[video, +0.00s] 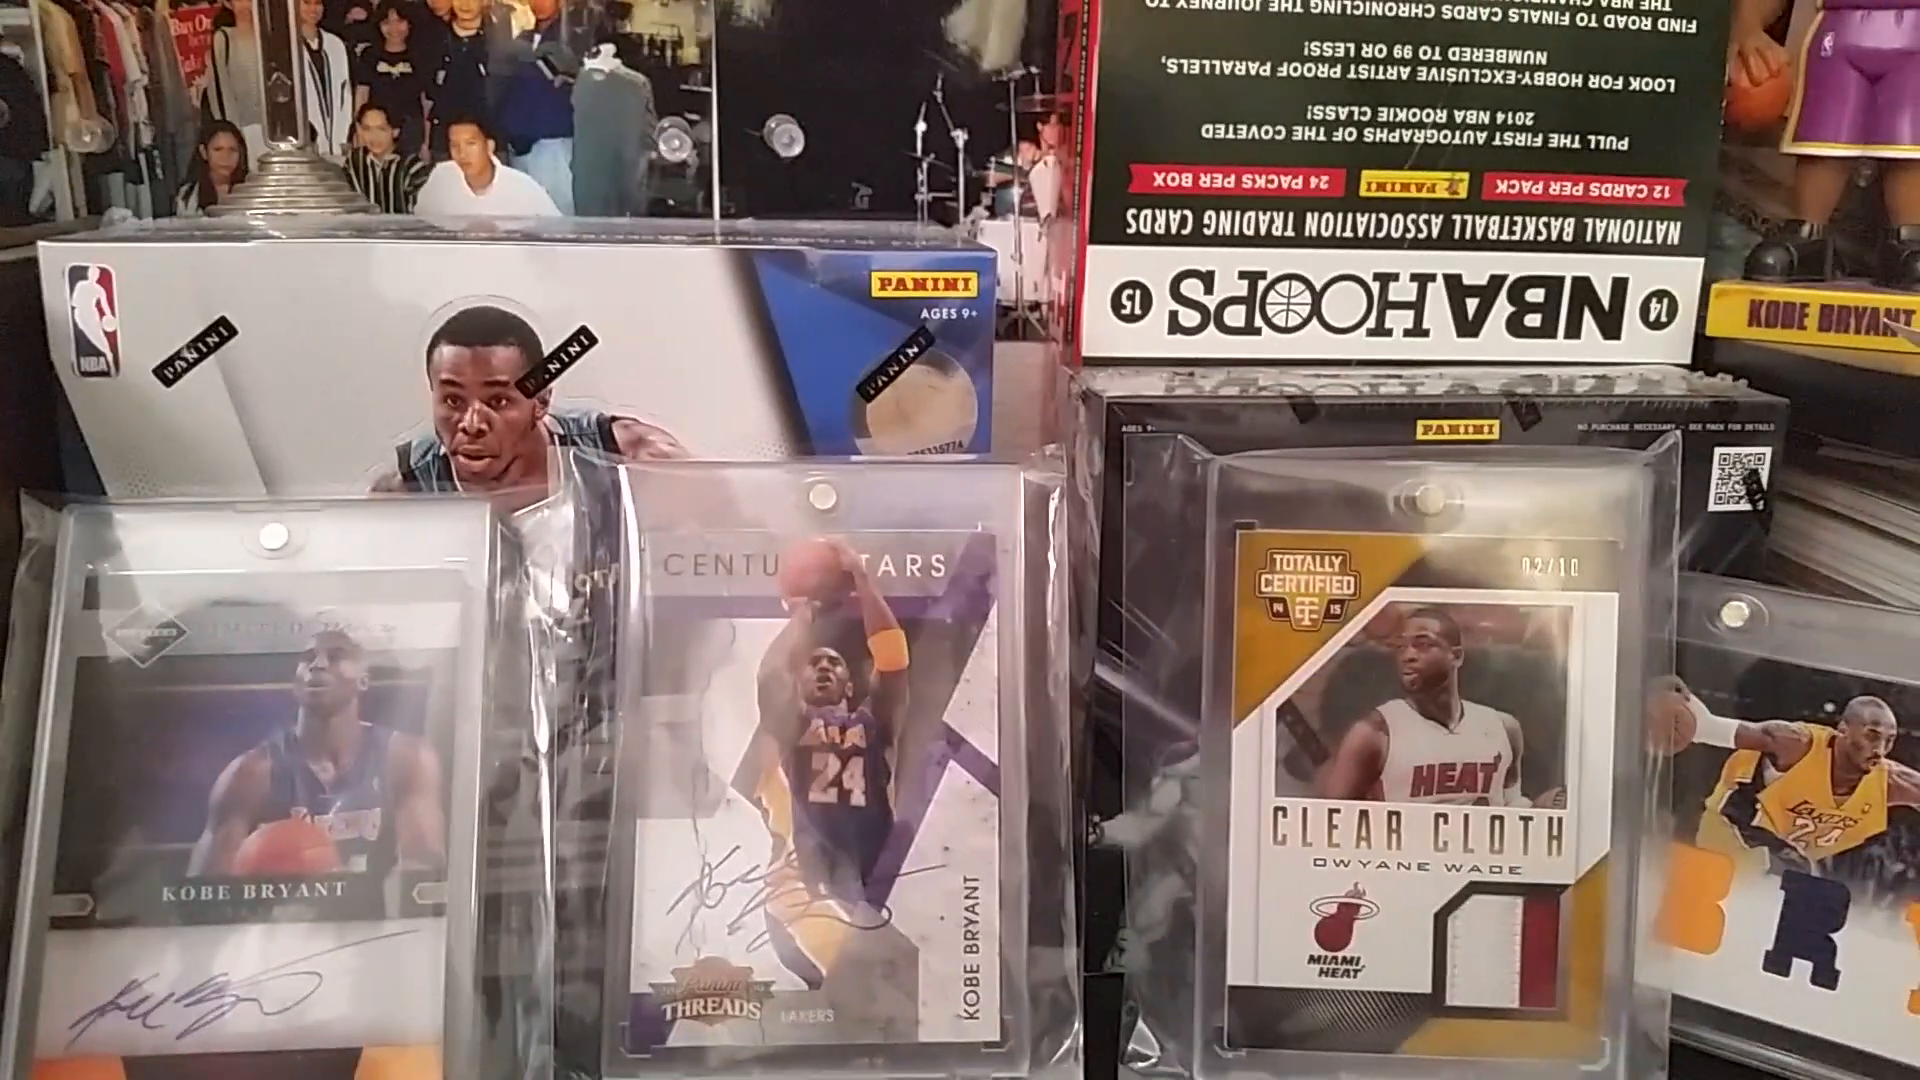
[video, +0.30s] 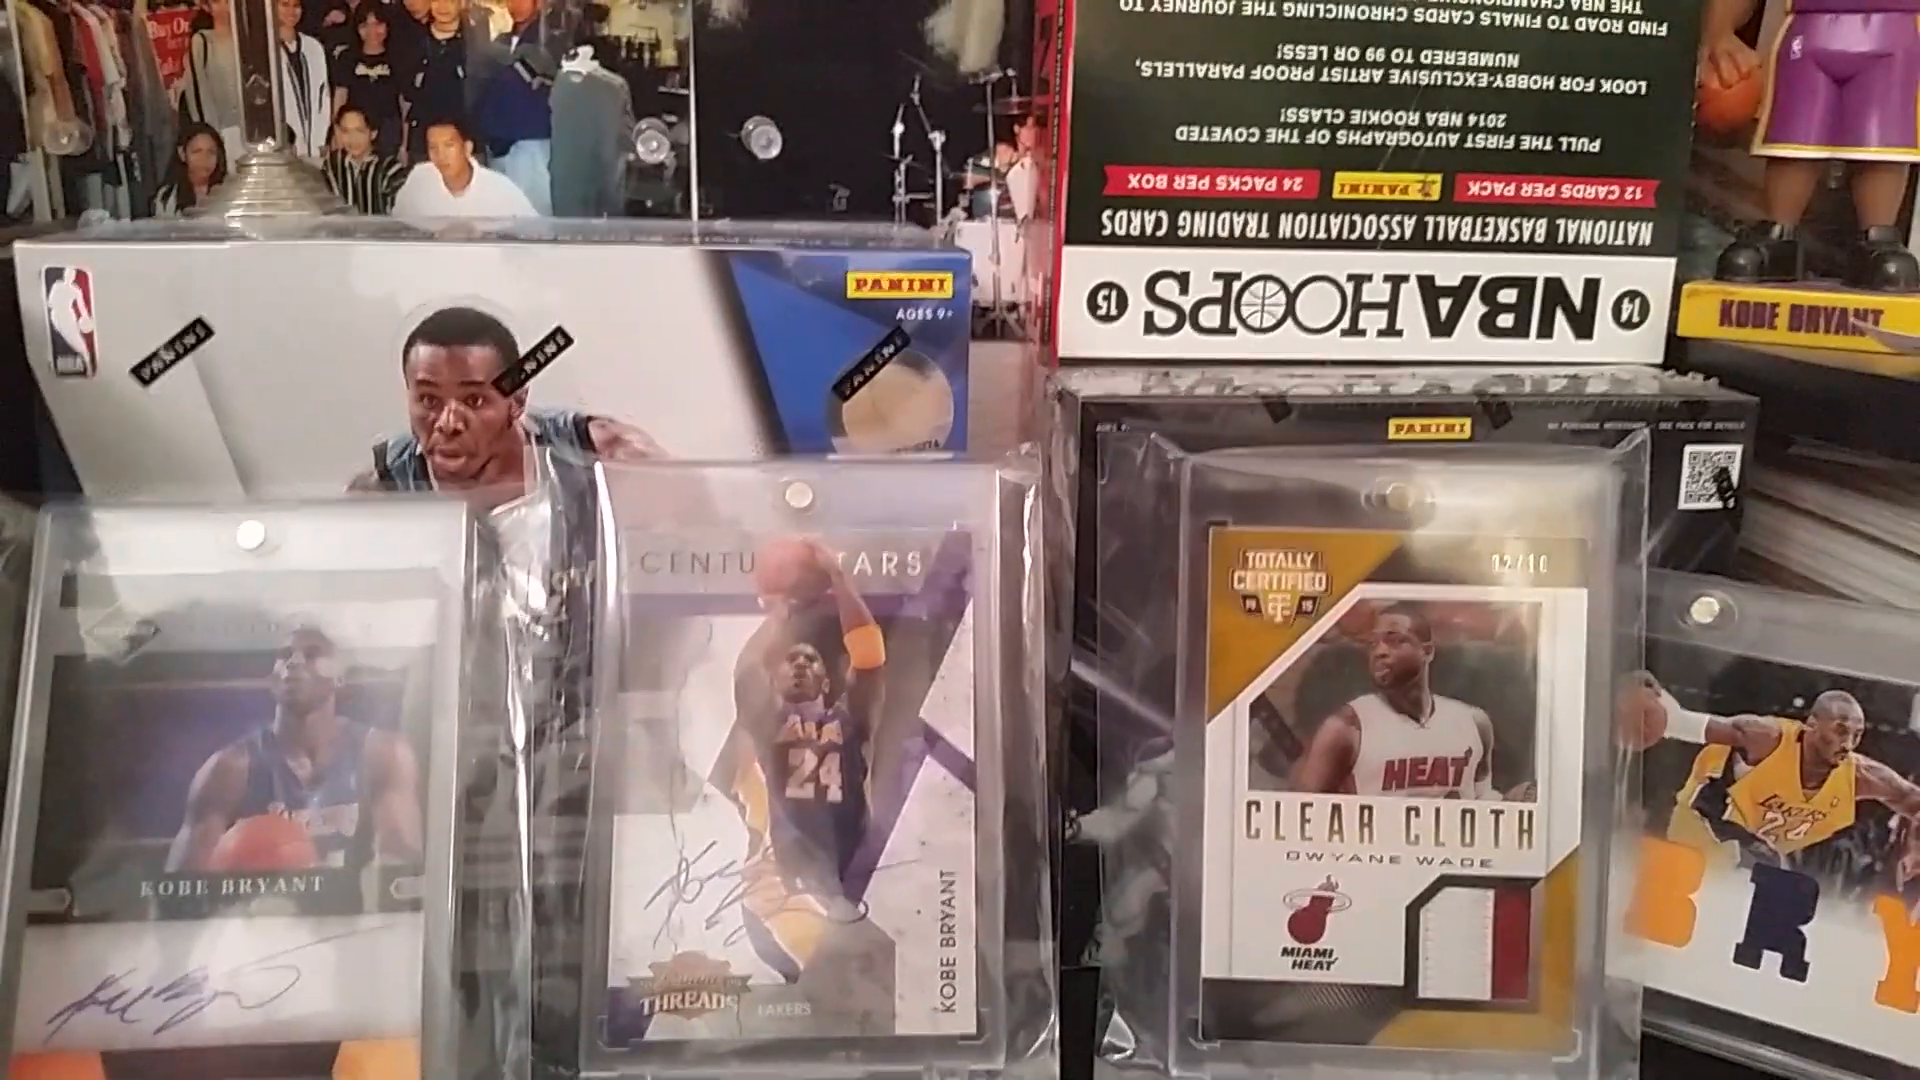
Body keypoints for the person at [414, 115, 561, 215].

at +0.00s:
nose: (462, 154)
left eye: (471, 144)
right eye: (455, 146)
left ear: (490, 147)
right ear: (449, 150)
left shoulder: (522, 186)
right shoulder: (442, 177)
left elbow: (559, 233)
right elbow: (418, 226)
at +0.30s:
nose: (441, 156)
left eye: (449, 146)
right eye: (433, 148)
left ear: (467, 148)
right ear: (428, 153)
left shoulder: (499, 187)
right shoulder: (420, 178)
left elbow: (536, 232)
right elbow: (396, 227)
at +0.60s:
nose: (461, 154)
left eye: (470, 144)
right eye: (453, 146)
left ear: (488, 146)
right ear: (448, 150)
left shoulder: (519, 184)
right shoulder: (441, 176)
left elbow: (556, 229)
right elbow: (418, 224)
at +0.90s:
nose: (488, 153)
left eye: (497, 143)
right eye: (481, 145)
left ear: (515, 145)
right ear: (476, 150)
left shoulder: (546, 183)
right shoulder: (468, 175)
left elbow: (583, 228)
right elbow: (445, 223)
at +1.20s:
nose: (501, 153)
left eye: (509, 143)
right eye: (493, 145)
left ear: (527, 146)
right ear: (488, 148)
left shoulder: (558, 184)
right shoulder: (480, 176)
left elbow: (595, 229)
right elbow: (456, 223)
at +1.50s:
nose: (562, 153)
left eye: (570, 145)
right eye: (555, 146)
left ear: (588, 148)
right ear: (550, 148)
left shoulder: (618, 186)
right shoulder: (542, 176)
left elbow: (653, 230)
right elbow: (520, 223)